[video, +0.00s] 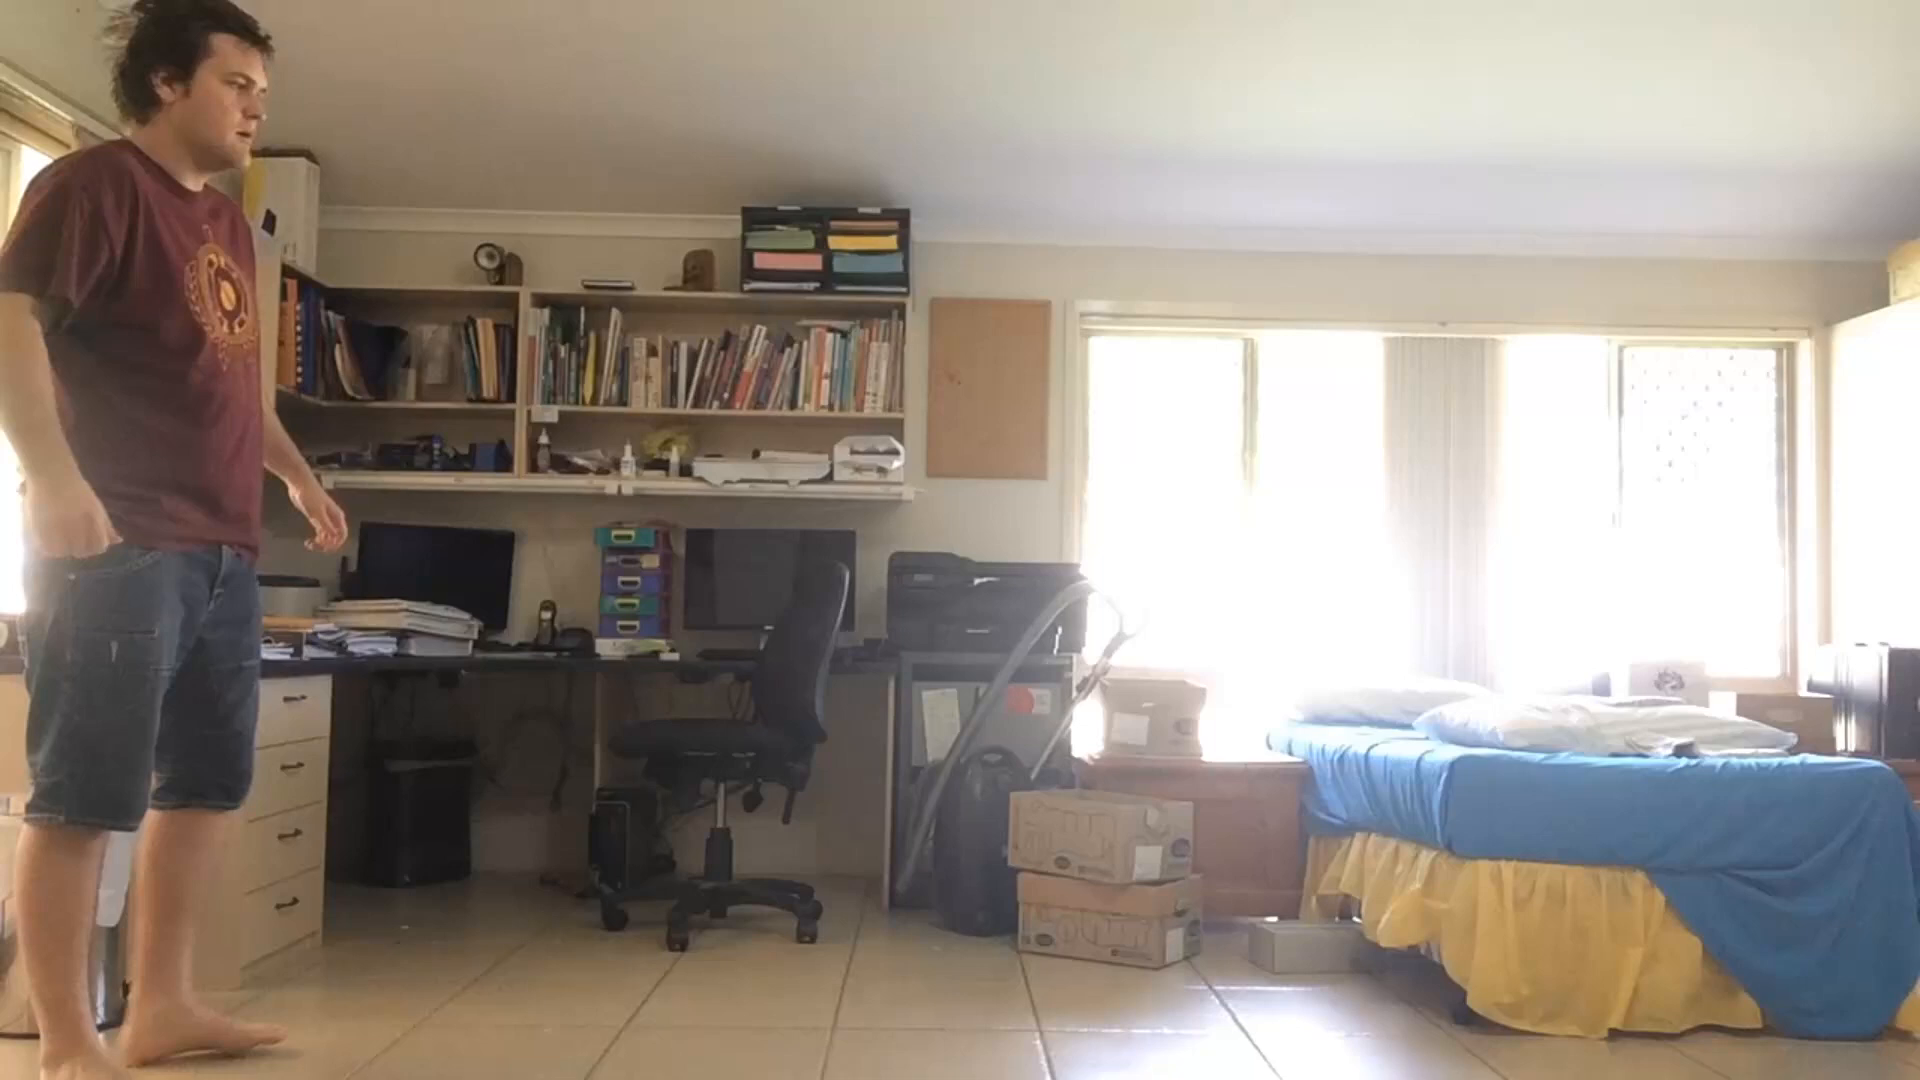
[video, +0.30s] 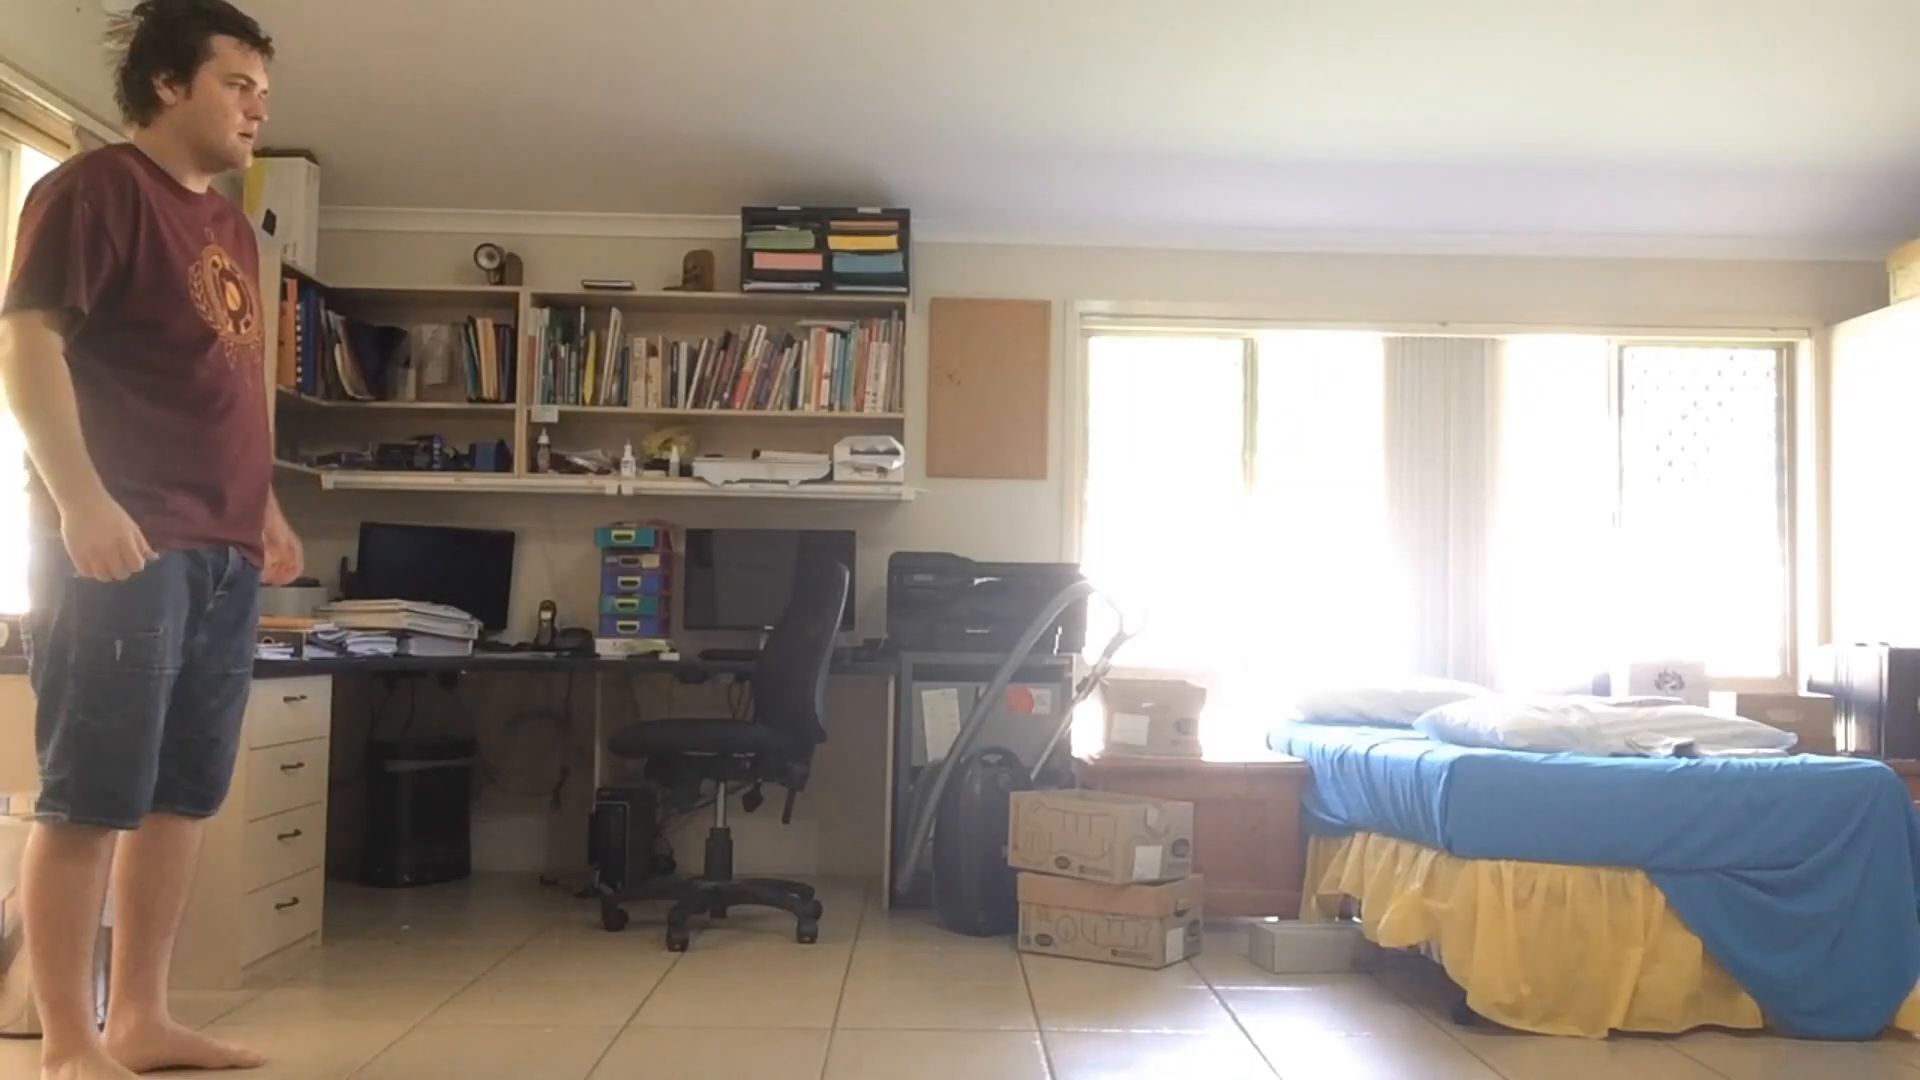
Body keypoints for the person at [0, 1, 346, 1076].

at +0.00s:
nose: (255, 110)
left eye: (261, 95)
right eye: (237, 84)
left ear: (248, 108)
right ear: (166, 83)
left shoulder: (231, 218)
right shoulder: (93, 182)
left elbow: (236, 380)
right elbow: (10, 315)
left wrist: (301, 478)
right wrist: (53, 479)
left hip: (225, 549)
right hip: (115, 543)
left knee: (201, 787)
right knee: (79, 800)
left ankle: (163, 1010)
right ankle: (66, 1043)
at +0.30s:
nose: (256, 108)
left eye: (263, 92)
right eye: (238, 87)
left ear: (250, 106)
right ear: (167, 88)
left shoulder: (238, 229)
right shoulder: (92, 188)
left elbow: (232, 387)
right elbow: (27, 344)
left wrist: (263, 506)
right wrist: (81, 501)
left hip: (227, 549)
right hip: (118, 543)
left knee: (179, 795)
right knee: (85, 799)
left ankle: (141, 1021)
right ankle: (65, 1045)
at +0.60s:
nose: (279, 111)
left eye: (284, 96)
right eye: (261, 89)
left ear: (264, 111)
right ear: (191, 89)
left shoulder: (250, 231)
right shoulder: (112, 183)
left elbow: (238, 388)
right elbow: (21, 335)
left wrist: (250, 530)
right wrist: (34, 509)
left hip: (238, 552)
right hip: (132, 544)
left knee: (183, 800)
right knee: (99, 799)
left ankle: (142, 1023)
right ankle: (67, 1043)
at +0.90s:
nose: (278, 103)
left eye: (283, 89)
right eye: (260, 81)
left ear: (268, 108)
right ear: (189, 88)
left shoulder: (252, 227)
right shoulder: (116, 181)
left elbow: (248, 394)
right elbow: (29, 335)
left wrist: (279, 512)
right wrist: (4, 489)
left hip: (245, 547)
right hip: (129, 538)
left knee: (186, 796)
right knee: (101, 794)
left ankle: (141, 1022)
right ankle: (67, 1045)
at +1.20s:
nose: (271, 99)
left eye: (276, 85)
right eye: (252, 79)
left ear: (264, 104)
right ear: (183, 88)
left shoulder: (252, 223)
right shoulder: (117, 180)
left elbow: (256, 391)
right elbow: (79, 359)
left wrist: (273, 537)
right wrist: (119, 533)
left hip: (252, 553)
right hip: (151, 545)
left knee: (185, 801)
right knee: (102, 800)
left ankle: (142, 1023)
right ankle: (69, 1045)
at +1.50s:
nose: (334, 114)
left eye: (338, 99)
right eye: (314, 90)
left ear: (303, 115)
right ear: (244, 93)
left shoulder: (291, 235)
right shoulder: (157, 185)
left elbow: (264, 400)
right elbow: (91, 359)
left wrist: (270, 540)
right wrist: (122, 531)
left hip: (249, 564)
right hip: (152, 551)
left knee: (194, 805)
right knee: (111, 807)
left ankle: (142, 1023)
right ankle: (69, 1047)